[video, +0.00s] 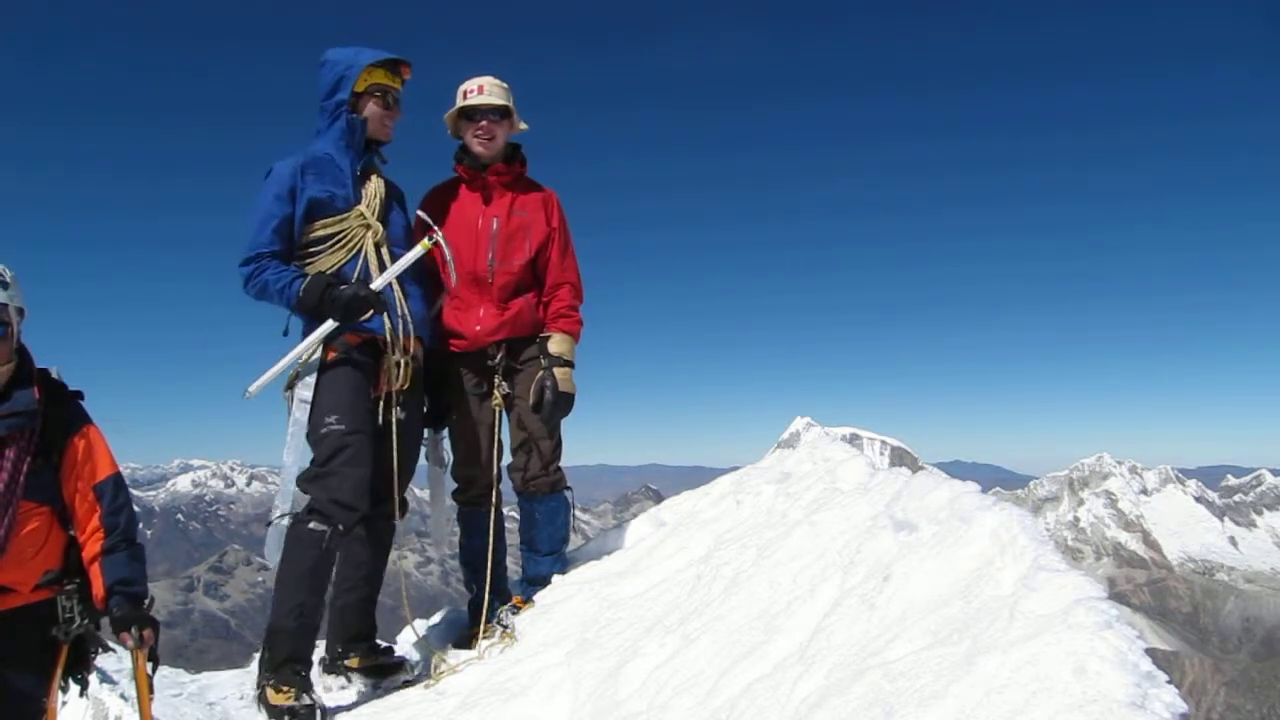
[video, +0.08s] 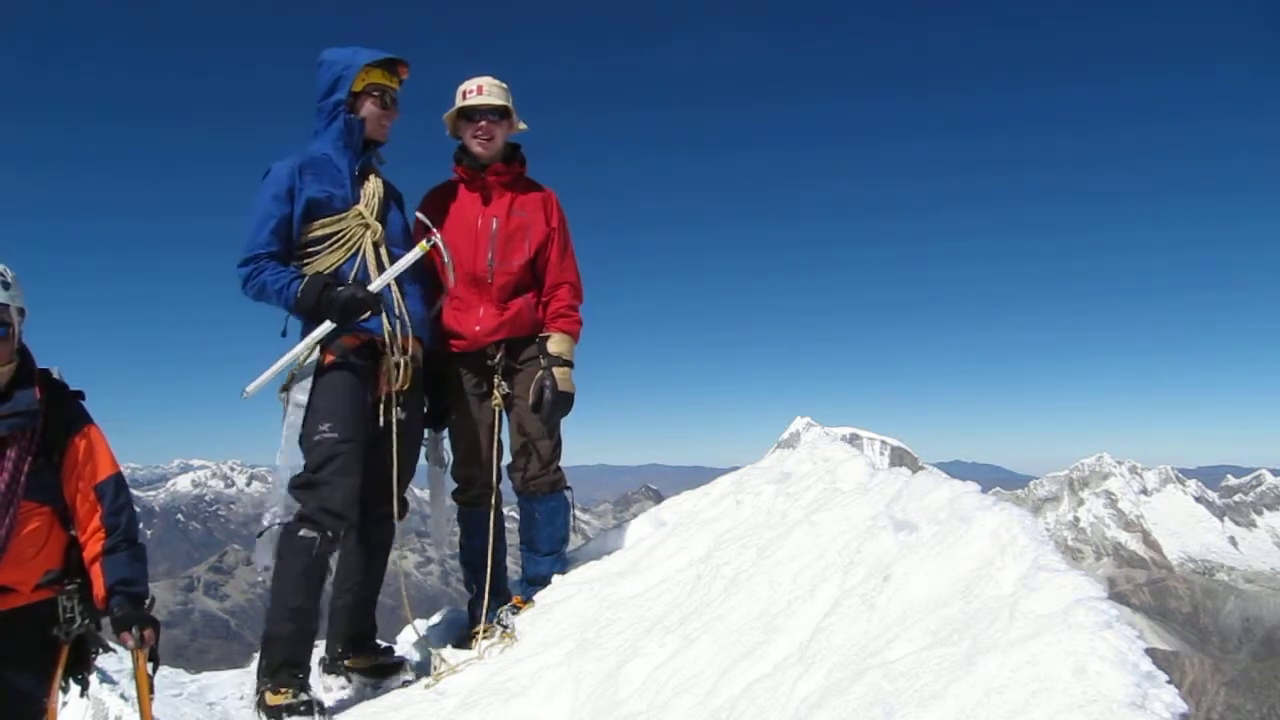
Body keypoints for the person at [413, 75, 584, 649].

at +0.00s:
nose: (485, 126)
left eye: (495, 117)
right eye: (474, 117)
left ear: (512, 126)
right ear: (458, 127)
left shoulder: (540, 202)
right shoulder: (437, 203)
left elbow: (563, 285)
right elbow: (419, 288)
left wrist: (560, 355)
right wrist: (423, 366)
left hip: (527, 348)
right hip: (459, 354)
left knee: (537, 456)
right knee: (475, 473)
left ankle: (541, 586)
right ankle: (484, 602)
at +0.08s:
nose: (483, 127)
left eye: (493, 117)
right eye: (472, 118)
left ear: (511, 127)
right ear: (457, 129)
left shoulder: (540, 202)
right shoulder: (437, 204)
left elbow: (562, 286)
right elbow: (419, 288)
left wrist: (560, 357)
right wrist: (422, 366)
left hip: (526, 348)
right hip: (459, 355)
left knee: (536, 456)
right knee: (475, 474)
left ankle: (542, 585)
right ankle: (484, 602)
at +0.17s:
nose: (482, 127)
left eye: (492, 117)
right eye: (471, 119)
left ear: (511, 127)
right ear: (456, 130)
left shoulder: (539, 202)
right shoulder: (437, 204)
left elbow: (562, 286)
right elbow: (421, 288)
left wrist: (559, 357)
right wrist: (424, 366)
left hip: (526, 348)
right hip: (459, 355)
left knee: (535, 457)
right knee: (474, 474)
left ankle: (542, 585)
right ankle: (484, 602)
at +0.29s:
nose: (481, 127)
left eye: (492, 118)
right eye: (470, 119)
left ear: (510, 127)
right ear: (456, 130)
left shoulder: (539, 203)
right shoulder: (436, 204)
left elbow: (562, 287)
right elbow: (418, 288)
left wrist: (559, 357)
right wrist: (424, 367)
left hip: (526, 351)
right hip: (458, 357)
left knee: (535, 467)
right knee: (474, 478)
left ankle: (542, 589)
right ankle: (484, 604)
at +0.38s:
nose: (481, 128)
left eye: (491, 118)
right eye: (469, 120)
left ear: (510, 127)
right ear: (455, 131)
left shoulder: (539, 202)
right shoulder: (437, 204)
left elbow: (562, 285)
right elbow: (416, 285)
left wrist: (559, 355)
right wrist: (420, 363)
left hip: (526, 350)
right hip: (458, 357)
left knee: (535, 467)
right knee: (474, 477)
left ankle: (541, 589)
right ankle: (485, 604)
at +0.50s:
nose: (480, 128)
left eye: (491, 118)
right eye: (469, 120)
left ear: (509, 127)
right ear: (455, 131)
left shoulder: (538, 202)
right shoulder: (436, 205)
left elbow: (562, 284)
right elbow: (422, 287)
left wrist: (559, 355)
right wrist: (425, 362)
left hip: (526, 350)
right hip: (458, 357)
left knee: (534, 466)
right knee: (474, 476)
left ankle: (540, 589)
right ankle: (485, 600)